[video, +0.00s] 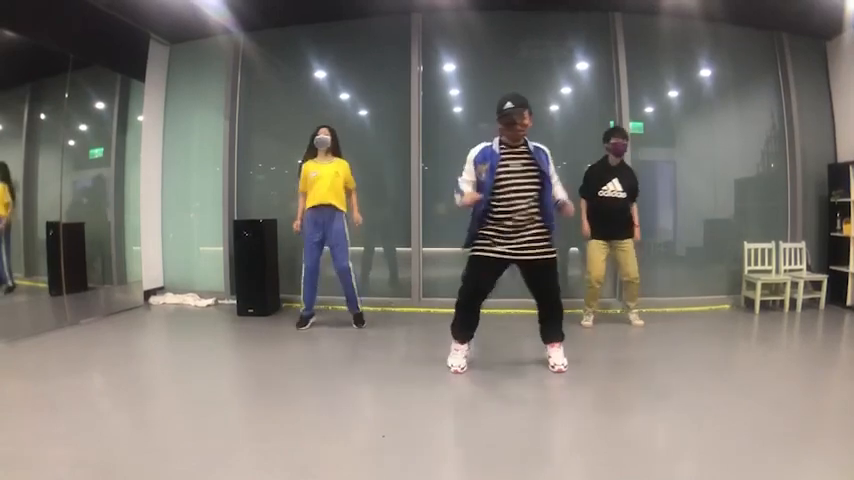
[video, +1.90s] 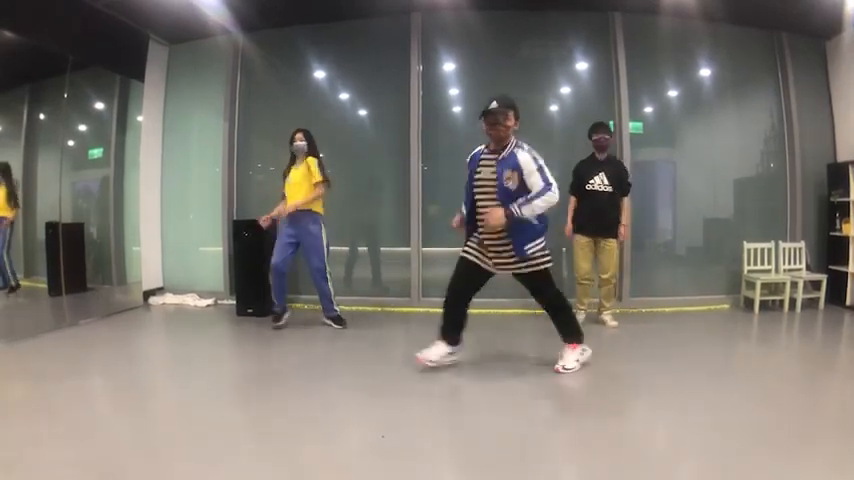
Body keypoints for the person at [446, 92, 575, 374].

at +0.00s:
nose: (517, 128)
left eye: (521, 122)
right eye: (511, 123)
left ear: (529, 120)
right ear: (500, 124)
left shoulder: (541, 153)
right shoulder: (480, 154)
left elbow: (554, 185)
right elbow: (463, 190)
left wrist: (563, 200)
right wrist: (467, 197)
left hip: (534, 239)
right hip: (492, 239)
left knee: (549, 293)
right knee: (471, 292)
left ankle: (555, 346)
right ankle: (460, 345)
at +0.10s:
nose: (536, 132)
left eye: (539, 126)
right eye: (529, 127)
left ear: (544, 125)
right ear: (514, 127)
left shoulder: (553, 158)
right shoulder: (494, 154)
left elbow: (576, 182)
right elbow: (466, 180)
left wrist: (576, 200)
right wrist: (490, 192)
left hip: (546, 240)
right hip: (511, 242)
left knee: (556, 295)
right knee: (508, 297)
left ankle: (554, 345)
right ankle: (463, 340)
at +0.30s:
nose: (554, 139)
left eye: (557, 133)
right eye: (547, 134)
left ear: (560, 134)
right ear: (530, 134)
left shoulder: (561, 172)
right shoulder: (509, 160)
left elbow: (574, 203)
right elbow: (480, 184)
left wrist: (570, 235)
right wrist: (501, 217)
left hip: (548, 248)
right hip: (516, 248)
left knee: (556, 300)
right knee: (520, 300)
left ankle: (553, 347)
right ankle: (479, 347)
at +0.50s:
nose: (556, 140)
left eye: (560, 134)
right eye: (549, 134)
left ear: (566, 135)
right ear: (534, 134)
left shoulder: (565, 175)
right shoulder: (513, 161)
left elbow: (566, 209)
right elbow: (497, 201)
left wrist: (564, 227)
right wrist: (487, 244)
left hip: (544, 252)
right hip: (509, 250)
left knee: (556, 301)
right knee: (493, 299)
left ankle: (553, 348)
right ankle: (476, 347)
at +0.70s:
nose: (544, 128)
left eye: (548, 123)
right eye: (538, 123)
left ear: (553, 125)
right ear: (524, 123)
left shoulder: (558, 167)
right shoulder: (499, 148)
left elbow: (555, 210)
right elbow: (477, 179)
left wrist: (565, 209)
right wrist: (482, 217)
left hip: (528, 246)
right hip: (491, 238)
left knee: (539, 299)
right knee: (472, 295)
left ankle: (548, 349)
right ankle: (470, 348)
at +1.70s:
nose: (503, 117)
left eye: (509, 111)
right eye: (497, 112)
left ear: (521, 114)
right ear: (489, 117)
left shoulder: (538, 149)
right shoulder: (481, 155)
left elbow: (545, 192)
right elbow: (475, 198)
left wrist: (545, 232)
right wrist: (470, 236)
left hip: (528, 239)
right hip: (490, 240)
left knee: (542, 296)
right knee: (486, 298)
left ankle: (550, 346)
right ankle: (485, 350)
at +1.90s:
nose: (497, 129)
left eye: (503, 123)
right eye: (491, 123)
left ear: (514, 124)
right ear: (483, 125)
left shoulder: (524, 156)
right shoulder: (476, 158)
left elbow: (550, 194)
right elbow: (473, 195)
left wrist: (509, 213)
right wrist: (465, 214)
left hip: (521, 246)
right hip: (482, 245)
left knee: (548, 296)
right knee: (456, 293)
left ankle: (576, 344)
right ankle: (448, 344)